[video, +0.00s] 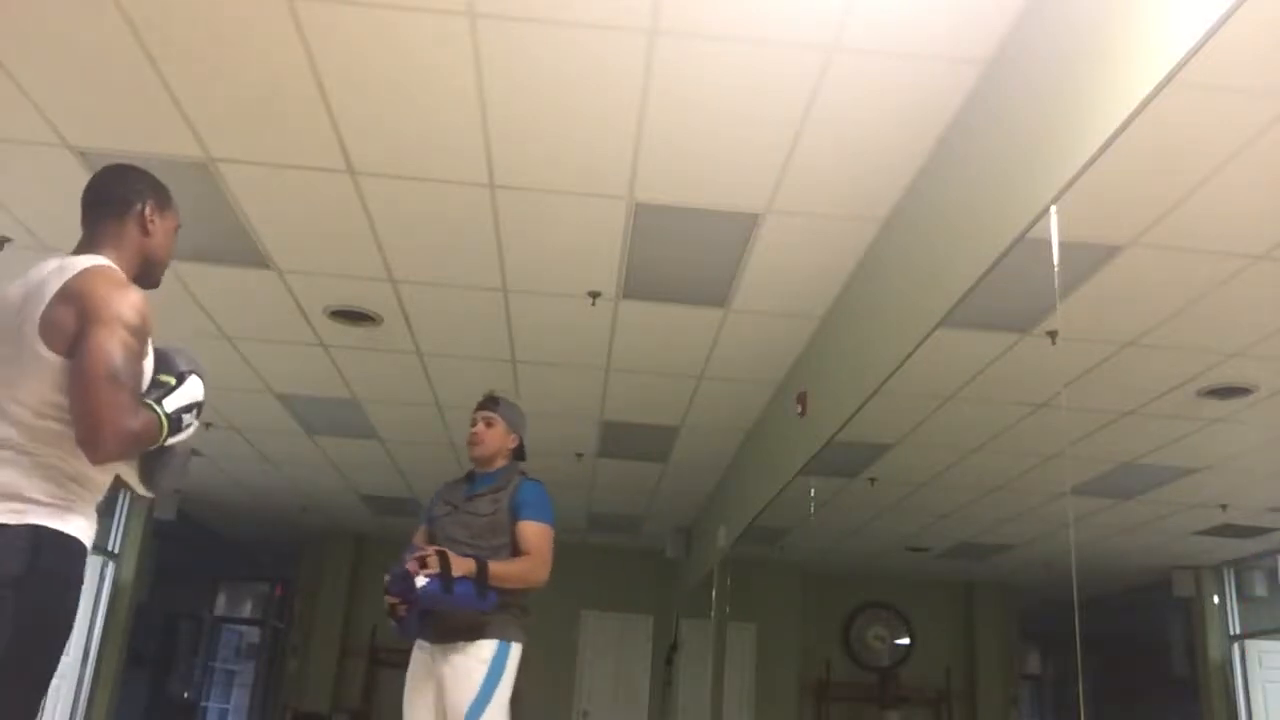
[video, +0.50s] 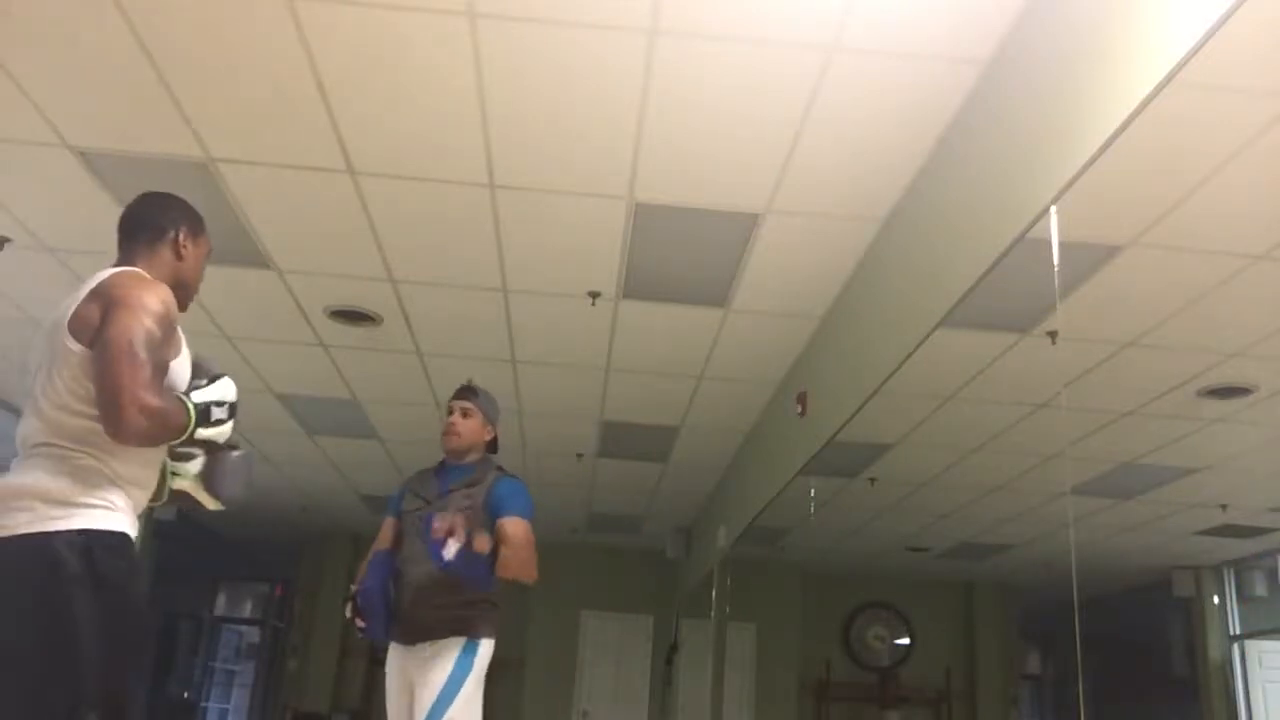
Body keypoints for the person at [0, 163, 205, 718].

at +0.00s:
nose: (172, 251)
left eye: (174, 234)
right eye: (172, 231)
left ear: (92, 219)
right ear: (146, 217)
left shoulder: (29, 282)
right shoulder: (113, 293)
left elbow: (34, 413)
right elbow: (106, 436)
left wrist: (137, 395)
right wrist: (171, 413)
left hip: (3, 526)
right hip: (36, 539)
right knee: (14, 704)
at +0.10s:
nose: (175, 255)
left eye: (177, 239)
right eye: (176, 235)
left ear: (102, 224)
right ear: (151, 222)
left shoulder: (42, 286)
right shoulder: (121, 292)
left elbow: (44, 411)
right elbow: (114, 429)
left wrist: (145, 398)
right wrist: (174, 416)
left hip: (9, 524)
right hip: (43, 538)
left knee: (15, 702)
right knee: (17, 705)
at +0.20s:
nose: (181, 260)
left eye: (184, 245)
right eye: (182, 241)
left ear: (108, 233)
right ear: (157, 231)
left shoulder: (52, 296)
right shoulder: (130, 292)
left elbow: (47, 422)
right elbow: (122, 420)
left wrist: (141, 456)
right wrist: (178, 419)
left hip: (15, 533)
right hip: (56, 544)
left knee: (21, 699)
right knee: (31, 704)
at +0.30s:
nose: (188, 270)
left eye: (192, 255)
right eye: (190, 252)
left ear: (115, 239)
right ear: (166, 238)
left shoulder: (67, 300)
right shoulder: (133, 291)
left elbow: (54, 432)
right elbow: (127, 413)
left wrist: (146, 468)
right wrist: (182, 421)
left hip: (21, 537)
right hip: (62, 545)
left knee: (28, 703)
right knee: (56, 703)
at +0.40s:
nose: (195, 277)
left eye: (200, 261)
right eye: (198, 258)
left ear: (123, 243)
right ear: (173, 243)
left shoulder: (75, 303)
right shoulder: (136, 292)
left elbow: (67, 433)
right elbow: (129, 413)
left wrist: (153, 462)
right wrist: (187, 419)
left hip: (22, 537)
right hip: (68, 544)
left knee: (33, 702)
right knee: (78, 705)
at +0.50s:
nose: (202, 274)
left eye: (206, 259)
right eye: (205, 256)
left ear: (131, 242)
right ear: (181, 243)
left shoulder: (96, 295)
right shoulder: (140, 291)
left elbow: (76, 439)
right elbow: (131, 415)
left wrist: (159, 464)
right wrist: (194, 416)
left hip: (26, 538)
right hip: (73, 540)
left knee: (39, 705)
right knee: (96, 705)